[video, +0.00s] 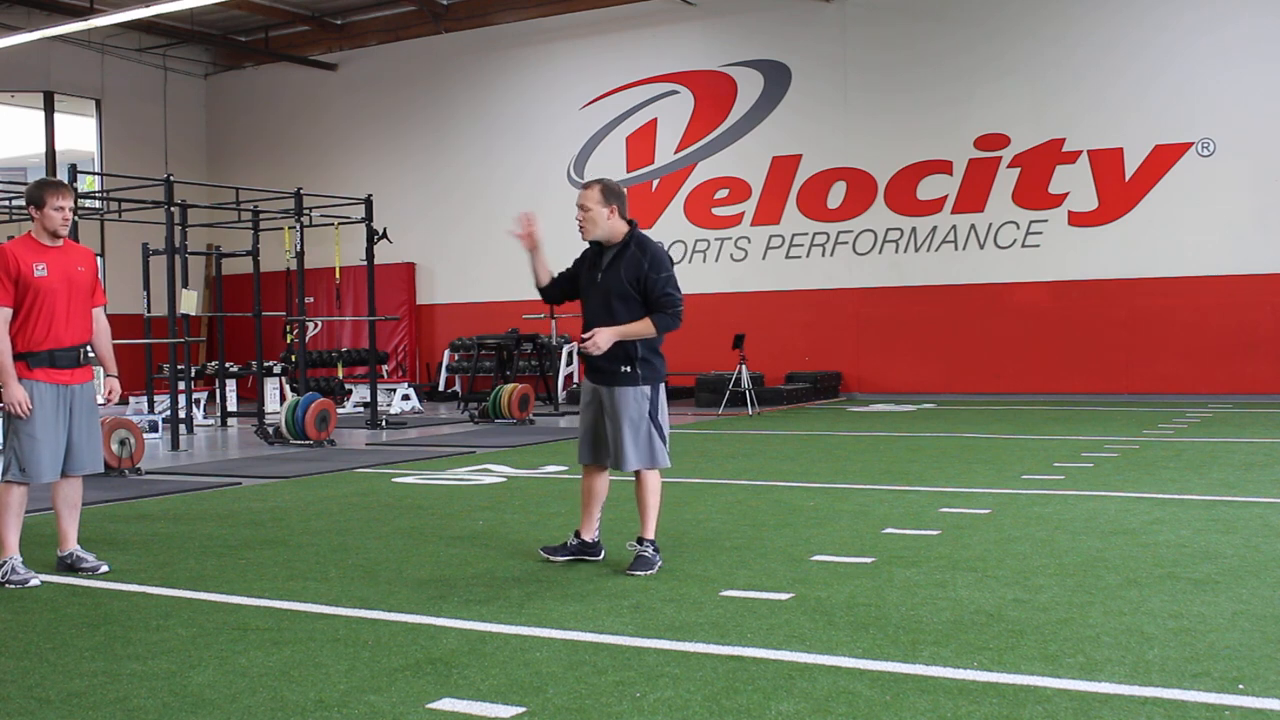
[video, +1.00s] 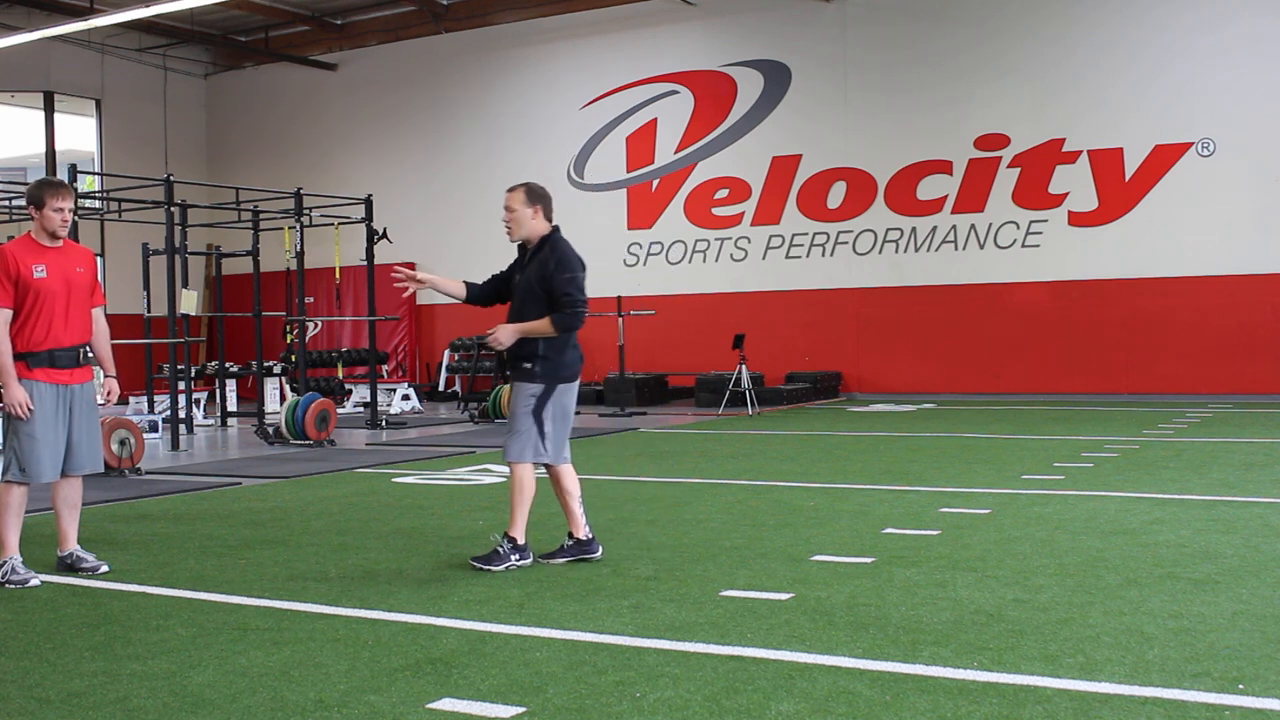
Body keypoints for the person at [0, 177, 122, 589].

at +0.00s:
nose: (66, 215)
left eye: (69, 209)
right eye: (57, 208)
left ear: (73, 212)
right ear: (35, 211)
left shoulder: (85, 257)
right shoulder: (12, 255)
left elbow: (98, 319)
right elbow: (1, 325)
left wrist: (111, 371)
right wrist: (8, 382)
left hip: (78, 377)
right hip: (30, 378)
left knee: (72, 466)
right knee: (19, 473)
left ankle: (69, 551)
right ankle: (10, 559)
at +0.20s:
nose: (66, 216)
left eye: (70, 209)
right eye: (58, 209)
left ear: (73, 212)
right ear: (35, 212)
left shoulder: (85, 257)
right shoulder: (12, 255)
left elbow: (98, 320)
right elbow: (1, 326)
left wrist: (111, 371)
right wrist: (9, 382)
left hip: (78, 377)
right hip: (31, 378)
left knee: (73, 467)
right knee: (19, 473)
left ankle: (69, 551)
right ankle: (10, 559)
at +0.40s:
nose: (66, 216)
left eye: (70, 209)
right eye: (58, 209)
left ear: (73, 212)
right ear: (35, 212)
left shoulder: (85, 257)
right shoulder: (12, 255)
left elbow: (97, 320)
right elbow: (1, 326)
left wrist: (110, 371)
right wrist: (9, 382)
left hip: (78, 377)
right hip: (30, 378)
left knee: (73, 467)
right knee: (19, 473)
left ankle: (69, 551)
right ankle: (10, 559)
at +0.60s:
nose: (66, 216)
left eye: (70, 210)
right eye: (58, 209)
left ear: (73, 212)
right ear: (36, 212)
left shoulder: (85, 257)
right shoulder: (12, 255)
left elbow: (97, 320)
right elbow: (2, 326)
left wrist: (110, 372)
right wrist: (9, 382)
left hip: (78, 377)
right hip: (31, 378)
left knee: (72, 467)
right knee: (19, 473)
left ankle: (69, 551)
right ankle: (10, 559)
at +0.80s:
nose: (66, 217)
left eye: (70, 210)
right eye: (58, 210)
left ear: (73, 212)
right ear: (35, 212)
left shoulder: (85, 257)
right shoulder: (12, 255)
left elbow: (97, 320)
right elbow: (1, 326)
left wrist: (110, 372)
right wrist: (9, 383)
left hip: (79, 377)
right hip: (31, 378)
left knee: (73, 466)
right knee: (19, 473)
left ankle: (69, 550)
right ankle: (9, 560)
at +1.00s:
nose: (65, 217)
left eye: (69, 210)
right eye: (57, 210)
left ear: (73, 212)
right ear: (34, 211)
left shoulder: (85, 257)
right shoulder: (11, 255)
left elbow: (97, 320)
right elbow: (1, 326)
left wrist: (110, 372)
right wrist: (9, 383)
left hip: (78, 377)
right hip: (30, 378)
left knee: (73, 466)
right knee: (19, 473)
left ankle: (69, 550)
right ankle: (9, 560)